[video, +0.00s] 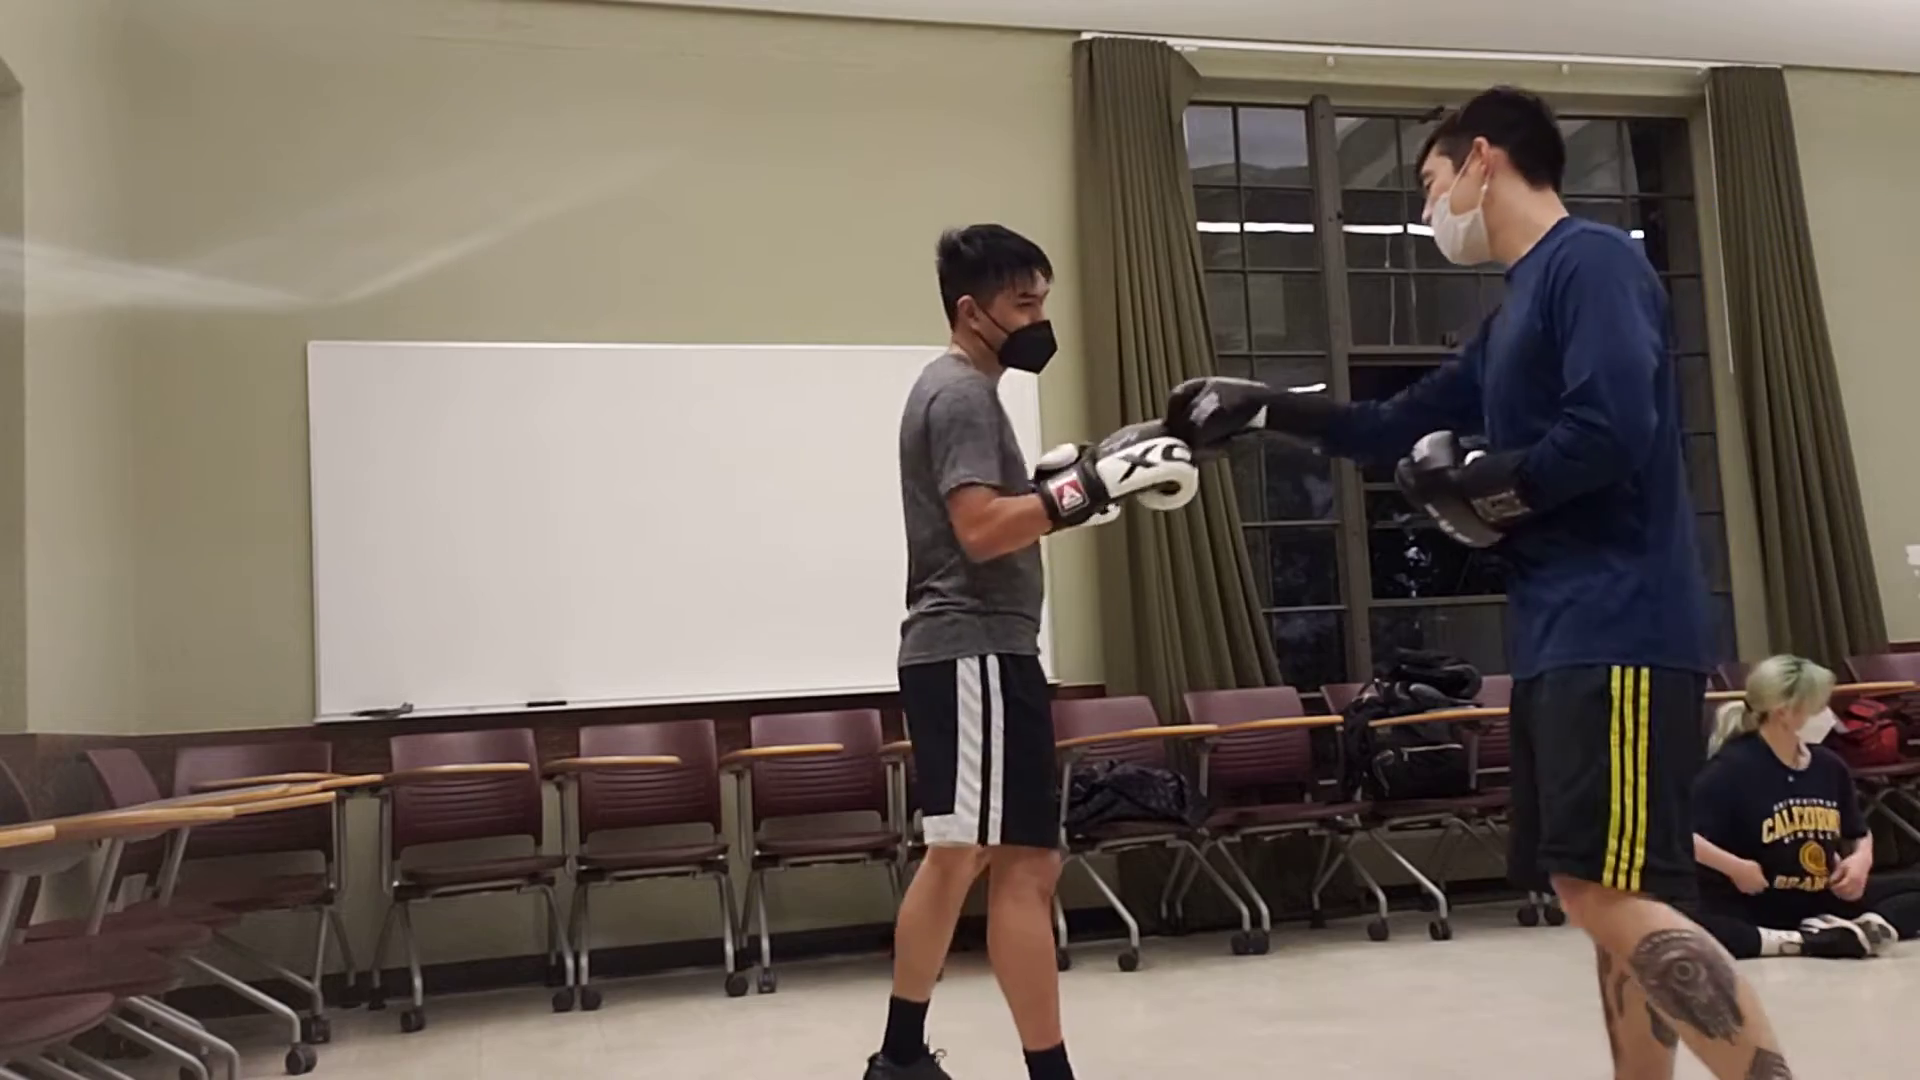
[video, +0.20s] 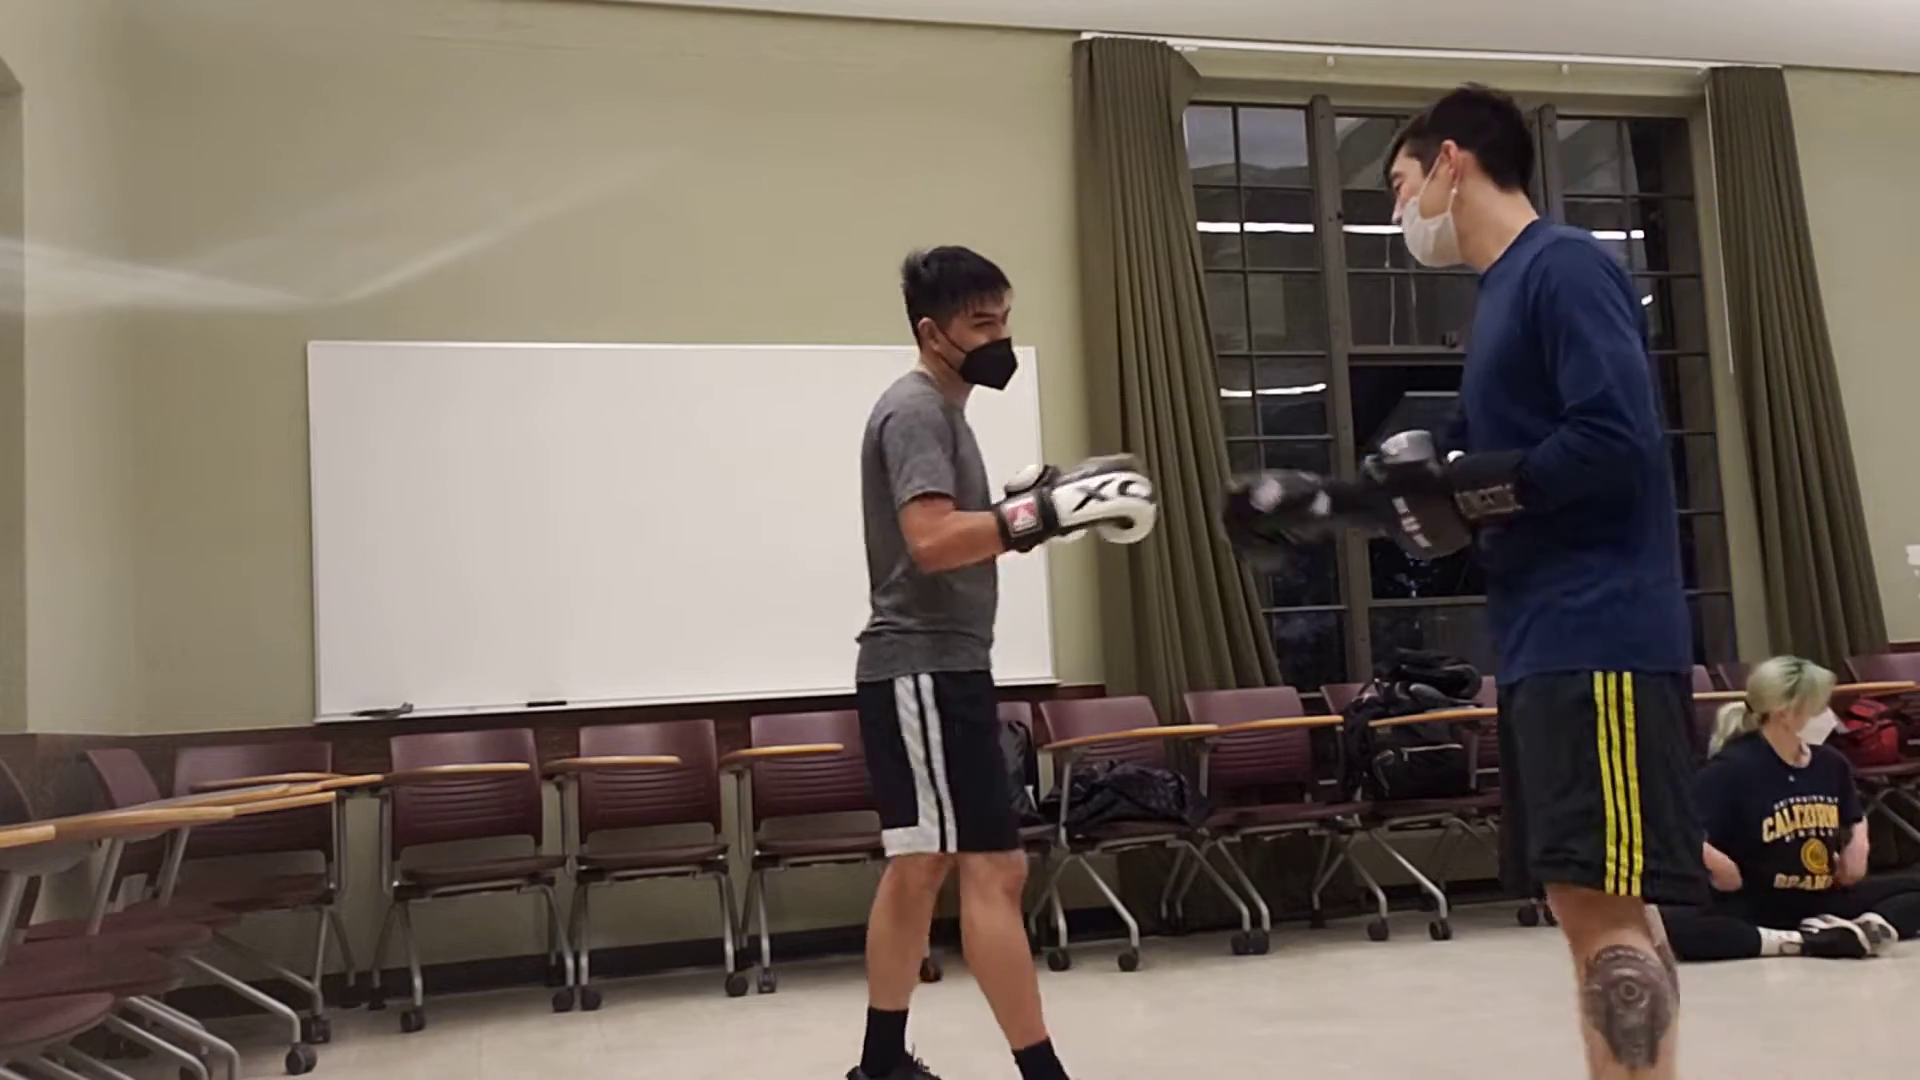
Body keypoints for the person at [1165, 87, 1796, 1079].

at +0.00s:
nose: (1426, 207)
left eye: (1430, 182)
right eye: (1422, 189)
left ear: (1482, 162)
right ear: (1497, 172)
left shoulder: (1591, 260)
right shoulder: (1519, 308)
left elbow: (1612, 434)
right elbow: (1405, 428)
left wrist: (1481, 477)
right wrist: (1262, 408)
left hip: (1623, 629)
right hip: (1563, 633)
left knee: (1599, 888)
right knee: (1596, 890)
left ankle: (1762, 1069)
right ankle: (1644, 1079)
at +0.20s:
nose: (1399, 211)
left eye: (1403, 185)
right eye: (1394, 192)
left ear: (1456, 166)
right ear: (1470, 173)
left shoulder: (1562, 267)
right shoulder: (1507, 293)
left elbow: (1617, 439)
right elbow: (1503, 472)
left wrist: (1472, 487)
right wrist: (1333, 501)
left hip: (1598, 636)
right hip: (1553, 638)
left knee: (1591, 897)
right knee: (1595, 897)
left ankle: (1633, 1075)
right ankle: (1638, 1073)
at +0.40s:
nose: (1374, 203)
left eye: (1376, 178)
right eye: (1369, 183)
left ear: (1419, 161)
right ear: (1445, 168)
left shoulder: (1533, 263)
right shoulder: (1487, 281)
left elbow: (1593, 425)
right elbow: (1516, 449)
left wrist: (1443, 488)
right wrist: (1413, 504)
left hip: (1546, 645)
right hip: (1533, 642)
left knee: (1520, 906)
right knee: (1598, 915)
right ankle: (1633, 1075)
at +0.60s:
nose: (1368, 189)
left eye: (1365, 160)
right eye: (1362, 165)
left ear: (1408, 138)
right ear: (1448, 139)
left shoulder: (1495, 253)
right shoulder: (1510, 246)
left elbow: (1524, 423)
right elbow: (1523, 432)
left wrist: (1397, 466)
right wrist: (1400, 470)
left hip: (1504, 644)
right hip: (1517, 638)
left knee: (1529, 926)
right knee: (1551, 918)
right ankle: (1608, 1075)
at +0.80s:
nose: (1354, 177)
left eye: (1351, 149)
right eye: (1348, 154)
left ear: (1392, 128)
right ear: (1450, 127)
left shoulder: (1468, 248)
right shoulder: (1497, 236)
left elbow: (1487, 425)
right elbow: (1489, 429)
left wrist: (1372, 472)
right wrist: (1381, 447)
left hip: (1485, 650)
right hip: (1498, 646)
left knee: (1504, 936)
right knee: (1526, 930)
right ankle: (1585, 1078)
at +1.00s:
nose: (1320, 177)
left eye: (1316, 149)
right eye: (1315, 154)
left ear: (1357, 130)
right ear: (1407, 130)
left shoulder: (1444, 251)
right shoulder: (1461, 241)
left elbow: (1489, 443)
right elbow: (1481, 445)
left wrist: (1356, 502)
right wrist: (1352, 491)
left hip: (1466, 652)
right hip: (1432, 646)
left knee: (1505, 928)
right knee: (1389, 881)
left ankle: (1572, 1078)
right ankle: (1502, 1068)